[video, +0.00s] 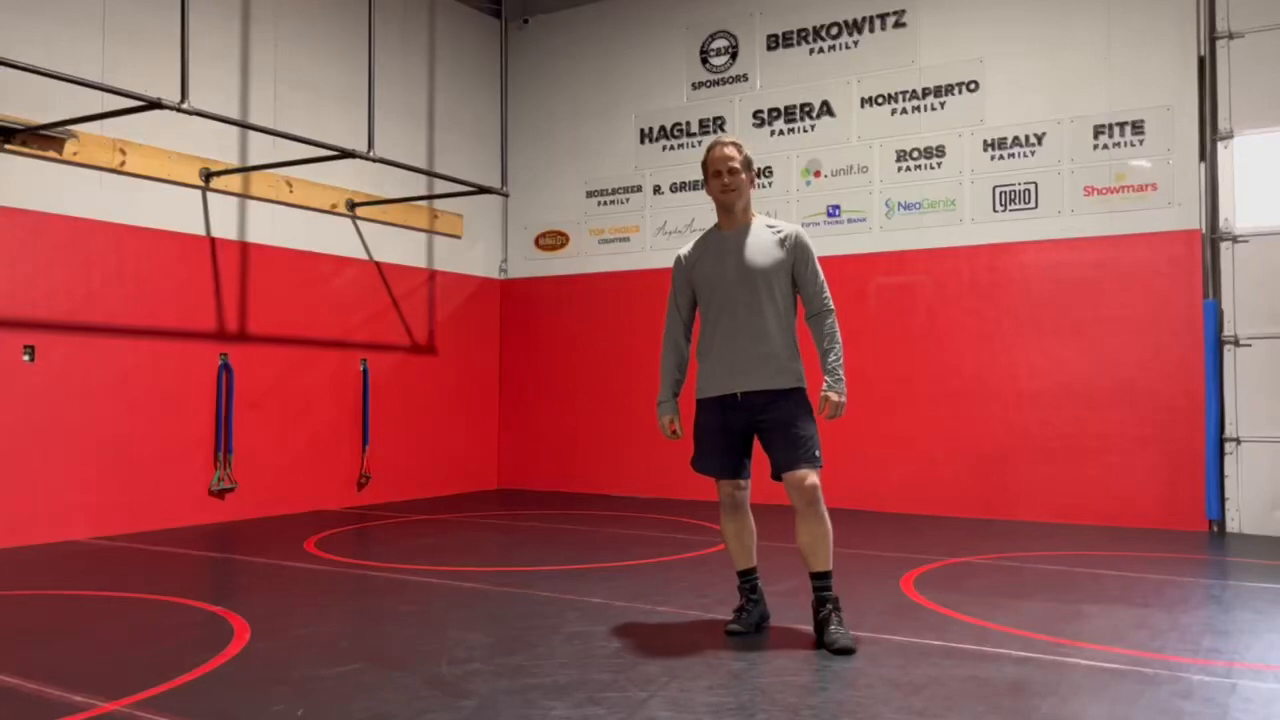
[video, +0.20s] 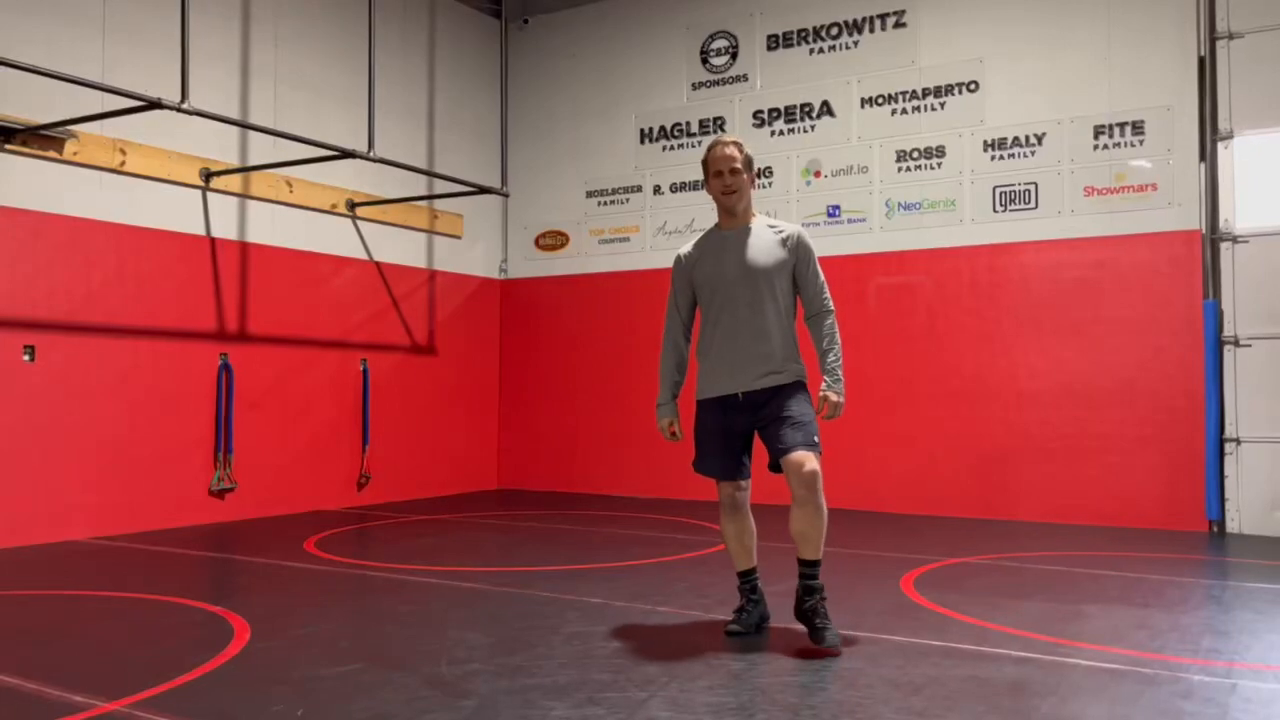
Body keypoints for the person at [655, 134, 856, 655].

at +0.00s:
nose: (725, 178)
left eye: (733, 170)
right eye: (716, 172)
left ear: (752, 176)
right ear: (705, 184)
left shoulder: (788, 239)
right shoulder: (692, 258)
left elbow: (821, 313)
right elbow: (676, 334)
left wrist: (834, 377)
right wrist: (667, 399)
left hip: (783, 393)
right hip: (719, 399)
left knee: (807, 487)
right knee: (732, 496)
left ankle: (827, 610)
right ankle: (750, 601)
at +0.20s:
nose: (727, 179)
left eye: (735, 170)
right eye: (717, 172)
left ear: (753, 177)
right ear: (706, 184)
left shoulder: (789, 240)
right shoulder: (692, 258)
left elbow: (821, 314)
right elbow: (676, 334)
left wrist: (833, 377)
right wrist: (667, 398)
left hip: (783, 388)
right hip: (720, 397)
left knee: (806, 471)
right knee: (732, 496)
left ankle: (811, 598)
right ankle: (751, 602)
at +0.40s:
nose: (730, 177)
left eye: (738, 168)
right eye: (721, 170)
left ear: (756, 176)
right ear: (708, 182)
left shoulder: (792, 239)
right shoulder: (694, 256)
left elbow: (822, 315)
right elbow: (677, 334)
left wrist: (832, 380)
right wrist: (669, 398)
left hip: (783, 389)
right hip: (721, 397)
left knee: (789, 478)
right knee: (734, 495)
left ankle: (792, 606)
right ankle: (751, 601)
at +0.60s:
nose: (733, 173)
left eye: (742, 164)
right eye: (725, 166)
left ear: (763, 172)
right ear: (714, 178)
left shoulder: (800, 239)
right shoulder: (699, 254)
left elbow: (830, 317)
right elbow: (683, 334)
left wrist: (841, 386)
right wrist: (674, 398)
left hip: (785, 393)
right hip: (723, 399)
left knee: (779, 496)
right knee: (736, 500)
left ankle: (779, 618)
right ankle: (752, 598)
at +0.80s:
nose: (748, 163)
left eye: (757, 154)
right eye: (738, 156)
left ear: (776, 163)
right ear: (726, 166)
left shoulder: (809, 234)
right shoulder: (705, 245)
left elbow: (839, 314)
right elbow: (686, 327)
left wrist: (852, 385)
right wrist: (676, 393)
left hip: (790, 391)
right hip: (727, 395)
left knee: (781, 498)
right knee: (733, 501)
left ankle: (778, 622)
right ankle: (749, 594)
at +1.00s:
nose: (762, 153)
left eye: (774, 144)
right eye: (753, 144)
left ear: (792, 154)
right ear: (741, 155)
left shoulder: (821, 227)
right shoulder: (714, 233)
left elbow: (850, 305)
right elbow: (690, 310)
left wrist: (856, 373)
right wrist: (673, 371)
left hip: (798, 386)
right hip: (731, 388)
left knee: (789, 501)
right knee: (717, 504)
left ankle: (780, 623)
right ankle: (750, 570)